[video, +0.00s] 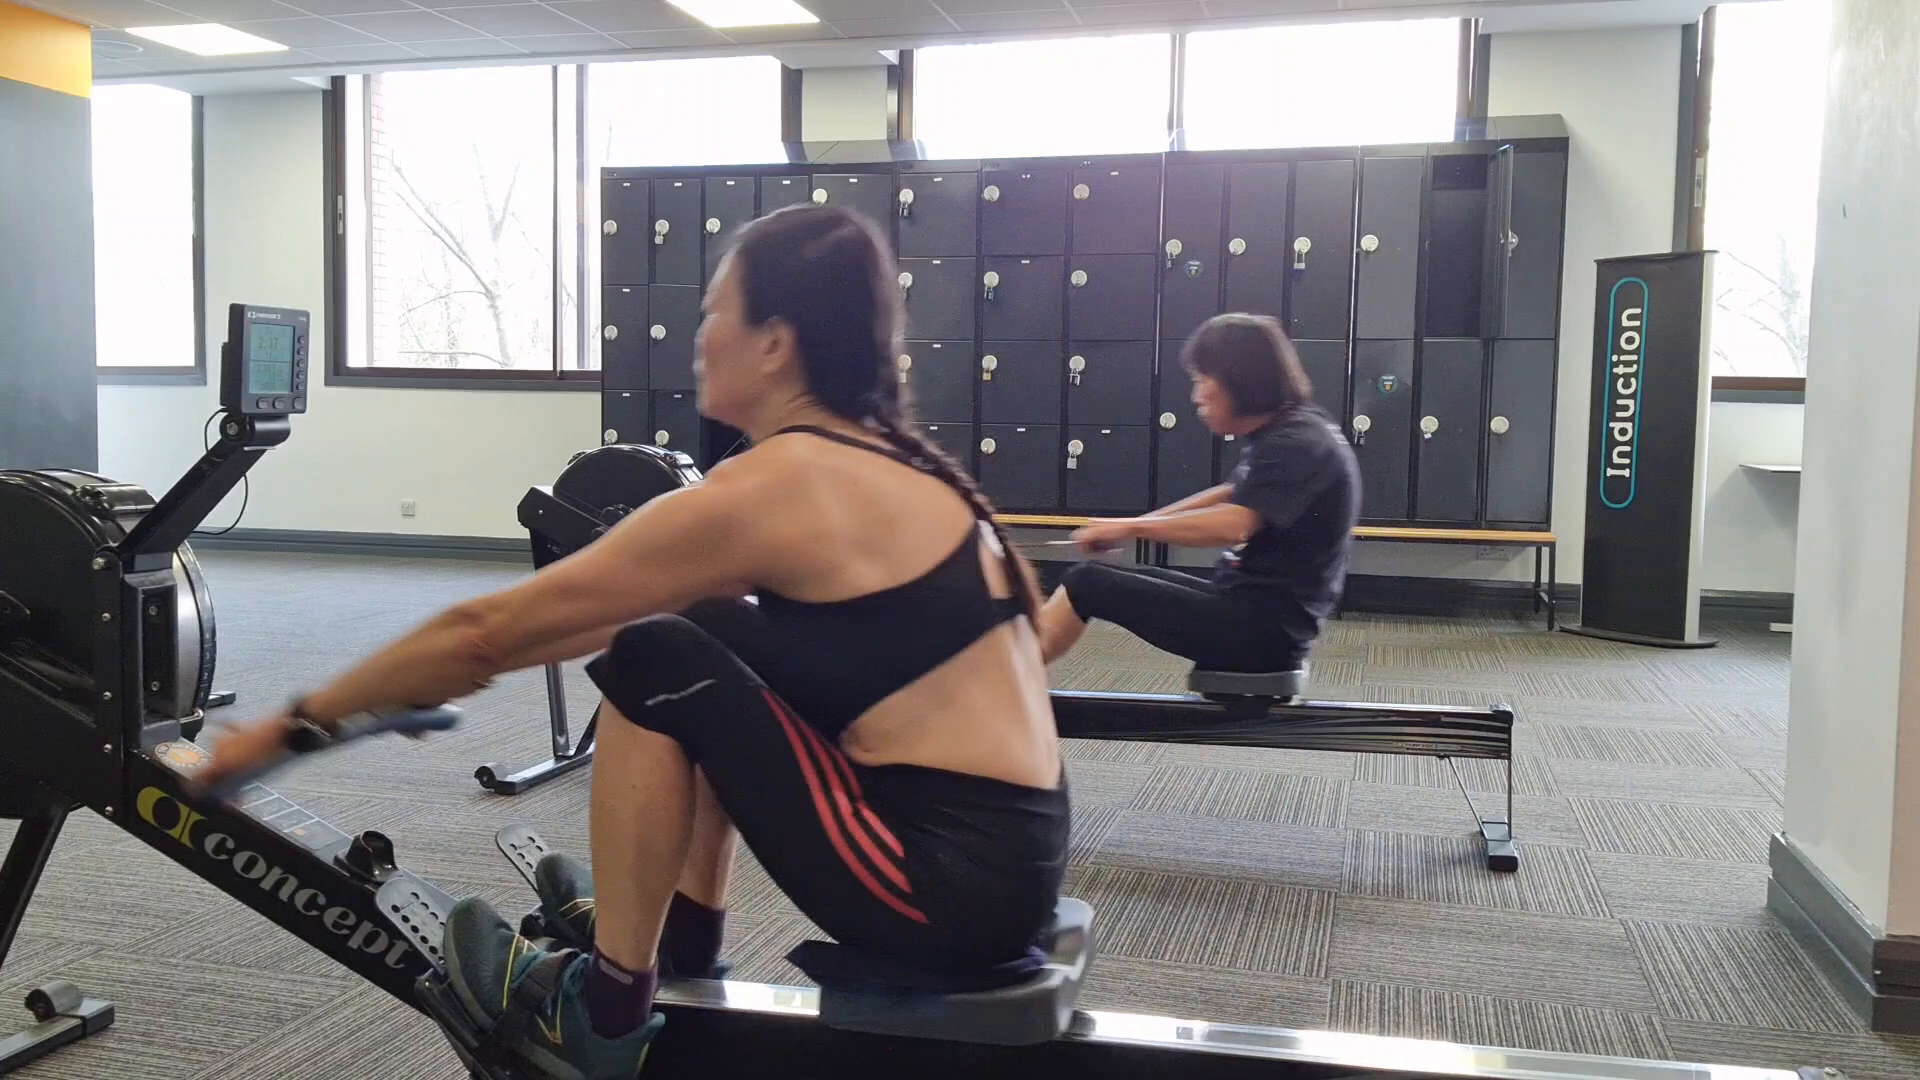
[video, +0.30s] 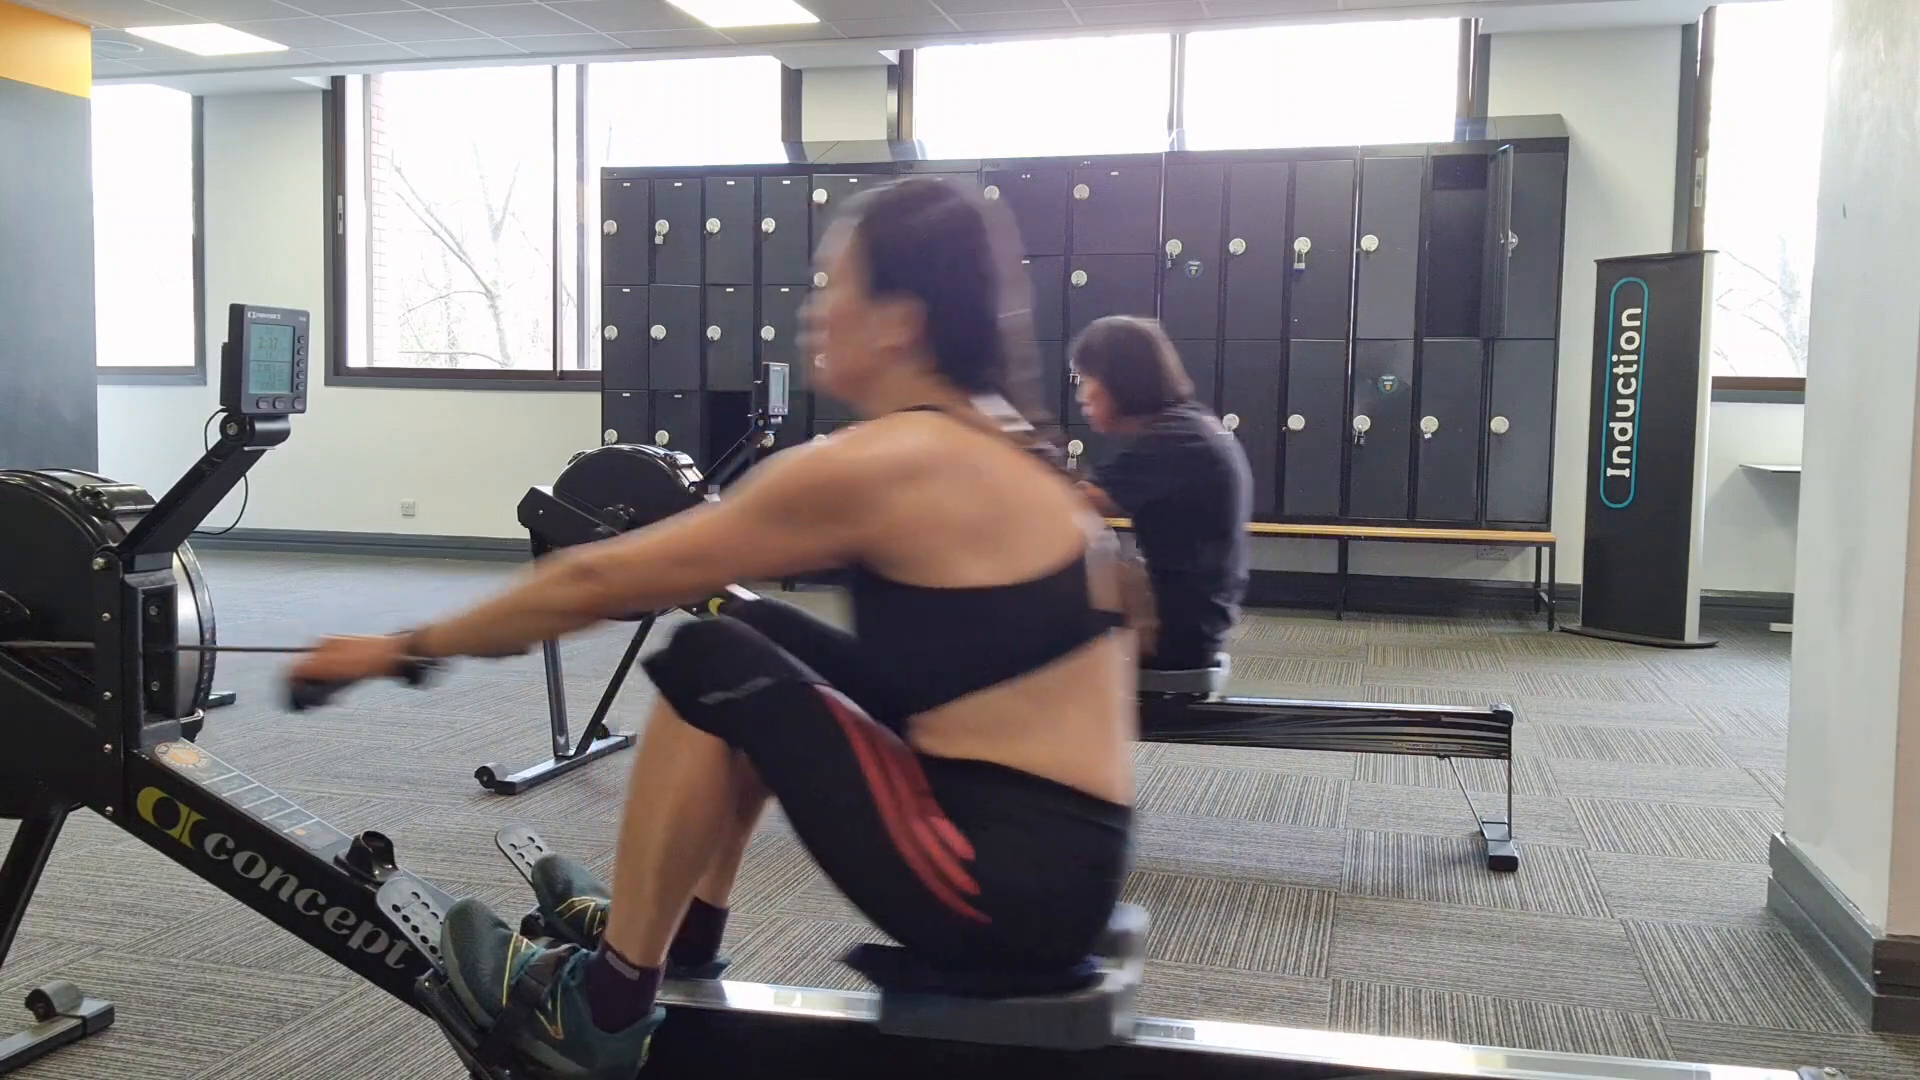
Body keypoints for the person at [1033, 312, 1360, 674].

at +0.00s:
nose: (1196, 396)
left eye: (1203, 380)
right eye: (1196, 381)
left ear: (1241, 380)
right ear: (1248, 380)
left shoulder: (1299, 441)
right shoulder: (1278, 435)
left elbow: (1235, 526)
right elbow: (1227, 495)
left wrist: (1130, 528)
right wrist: (1131, 527)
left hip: (1263, 633)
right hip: (1246, 614)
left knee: (1086, 585)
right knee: (1087, 577)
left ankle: (1002, 683)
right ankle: (1007, 678)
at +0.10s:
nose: (1158, 397)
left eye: (1164, 382)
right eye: (1159, 383)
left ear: (1203, 381)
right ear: (1216, 381)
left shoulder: (1263, 444)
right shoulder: (1266, 432)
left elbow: (1174, 516)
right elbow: (1173, 498)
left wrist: (1070, 531)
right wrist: (1073, 529)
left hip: (1233, 637)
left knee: (1069, 569)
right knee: (1071, 559)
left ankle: (1005, 673)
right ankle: (1008, 665)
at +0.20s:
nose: (1119, 398)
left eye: (1125, 382)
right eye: (1119, 383)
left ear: (1162, 382)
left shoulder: (1215, 441)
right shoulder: (1232, 428)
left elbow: (1105, 514)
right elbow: (1115, 508)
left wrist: (1017, 527)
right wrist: (1023, 526)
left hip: (1207, 637)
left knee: (1050, 555)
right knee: (1052, 548)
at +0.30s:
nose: (1081, 399)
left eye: (1086, 381)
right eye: (1080, 383)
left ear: (1120, 381)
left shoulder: (1170, 440)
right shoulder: (1199, 429)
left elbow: (1080, 507)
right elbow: (1091, 503)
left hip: (1179, 642)